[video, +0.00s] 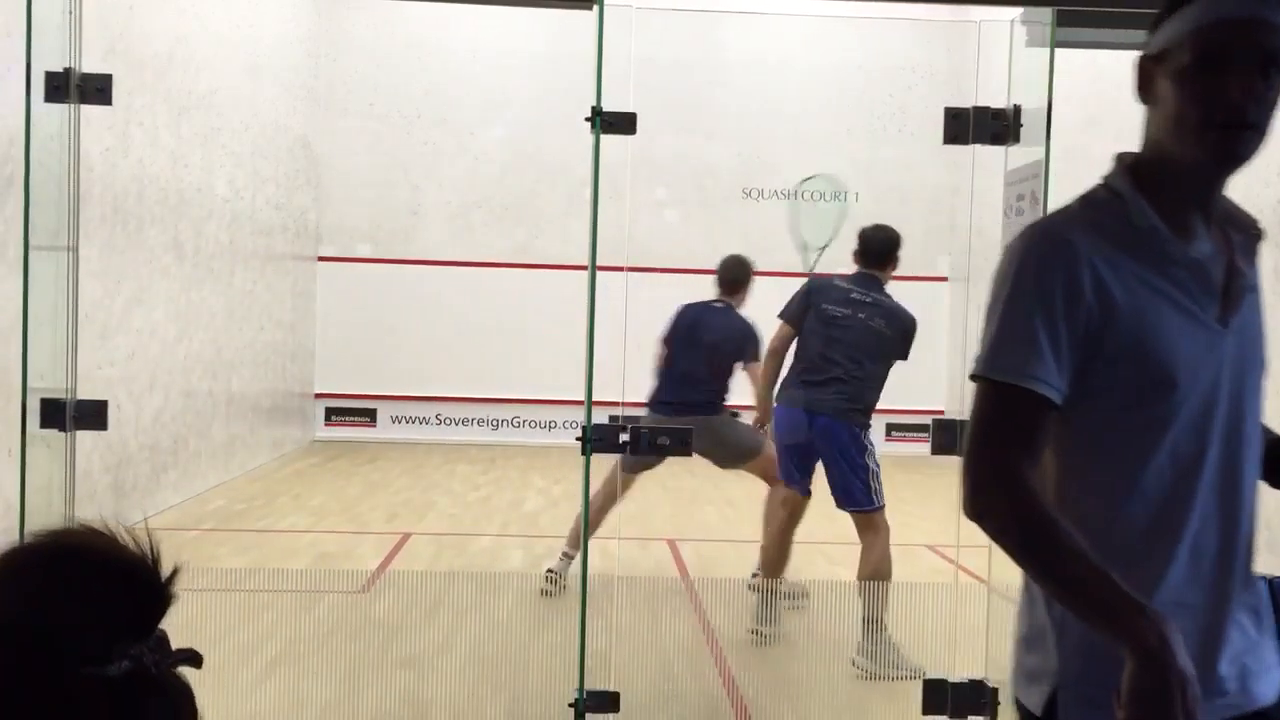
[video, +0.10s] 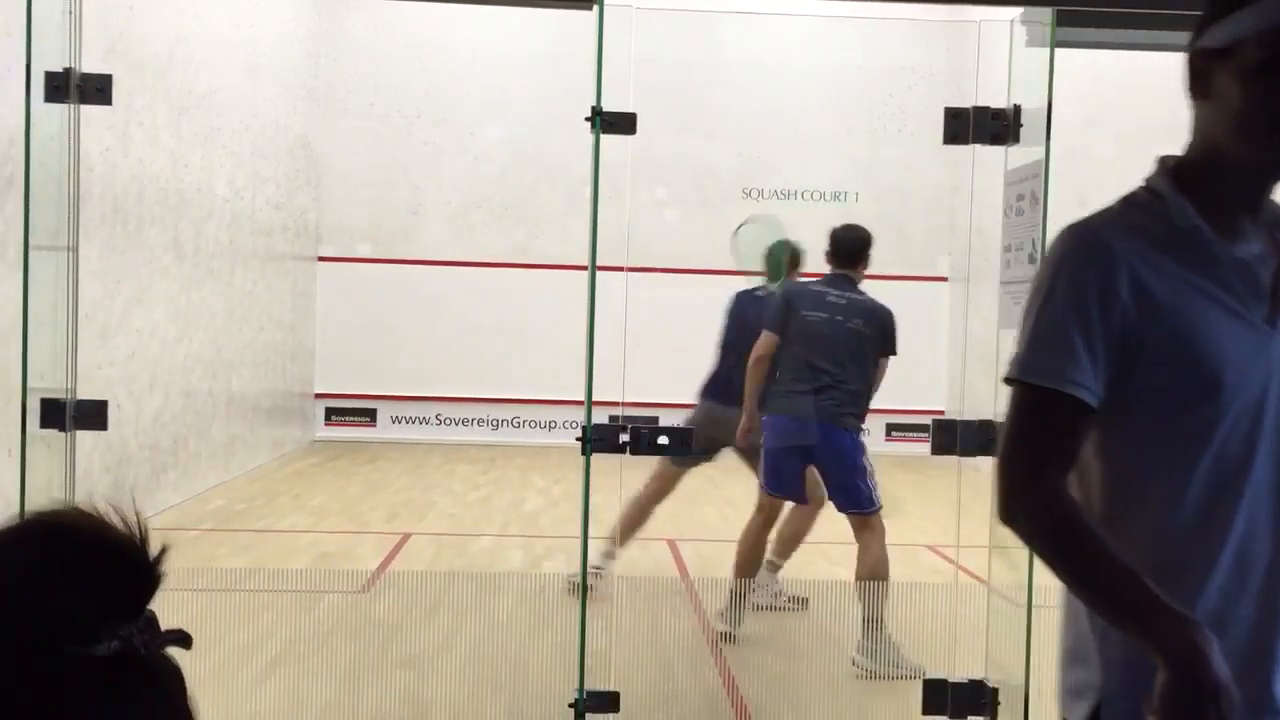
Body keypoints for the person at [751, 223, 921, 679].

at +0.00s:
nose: (892, 265)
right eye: (894, 259)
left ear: (854, 256)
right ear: (894, 264)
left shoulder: (817, 288)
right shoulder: (901, 320)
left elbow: (776, 346)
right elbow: (883, 364)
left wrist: (763, 403)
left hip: (792, 415)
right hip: (844, 427)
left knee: (788, 503)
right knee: (874, 532)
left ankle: (763, 613)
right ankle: (874, 641)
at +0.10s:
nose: (862, 263)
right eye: (866, 258)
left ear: (828, 256)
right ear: (866, 262)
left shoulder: (793, 294)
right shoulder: (879, 315)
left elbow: (759, 355)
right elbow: (874, 380)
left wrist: (749, 411)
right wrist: (848, 415)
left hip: (782, 423)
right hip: (838, 430)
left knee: (765, 512)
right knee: (869, 531)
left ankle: (732, 615)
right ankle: (873, 641)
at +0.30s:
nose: (913, 299)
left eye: (914, 292)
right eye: (914, 292)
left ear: (881, 283)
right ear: (905, 291)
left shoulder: (845, 308)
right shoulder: (872, 322)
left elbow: (836, 351)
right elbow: (883, 384)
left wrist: (887, 355)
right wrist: (953, 384)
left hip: (798, 420)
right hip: (838, 426)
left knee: (772, 507)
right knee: (923, 480)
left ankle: (745, 588)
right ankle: (879, 559)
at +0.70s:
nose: (1106, 401)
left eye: (1103, 389)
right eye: (1110, 396)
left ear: (1080, 373)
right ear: (1106, 396)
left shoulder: (1032, 385)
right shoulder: (1085, 425)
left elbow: (965, 403)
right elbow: (1089, 485)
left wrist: (949, 440)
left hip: (948, 456)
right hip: (998, 470)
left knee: (899, 526)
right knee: (1090, 528)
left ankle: (837, 587)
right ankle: (1110, 617)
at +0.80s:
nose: (1085, 375)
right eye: (1089, 373)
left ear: (1058, 359)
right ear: (1086, 379)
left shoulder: (1012, 371)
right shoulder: (1070, 416)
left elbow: (953, 397)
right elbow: (1037, 460)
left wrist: (972, 428)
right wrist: (1006, 498)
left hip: (946, 449)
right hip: (1000, 467)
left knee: (902, 503)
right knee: (1090, 525)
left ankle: (875, 582)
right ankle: (1110, 617)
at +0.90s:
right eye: (1044, 327)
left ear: (1008, 312)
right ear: (1040, 332)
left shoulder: (969, 338)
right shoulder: (1034, 380)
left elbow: (923, 367)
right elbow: (1007, 424)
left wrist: (928, 408)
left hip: (930, 443)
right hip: (984, 454)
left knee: (887, 510)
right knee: (1062, 519)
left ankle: (897, 602)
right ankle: (1107, 613)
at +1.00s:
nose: (953, 275)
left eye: (956, 270)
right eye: (959, 270)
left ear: (959, 276)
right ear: (989, 290)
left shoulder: (927, 306)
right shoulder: (989, 334)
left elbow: (893, 352)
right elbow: (992, 389)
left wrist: (872, 394)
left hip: (912, 422)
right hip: (965, 431)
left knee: (866, 505)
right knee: (1017, 520)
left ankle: (891, 597)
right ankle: (1080, 604)